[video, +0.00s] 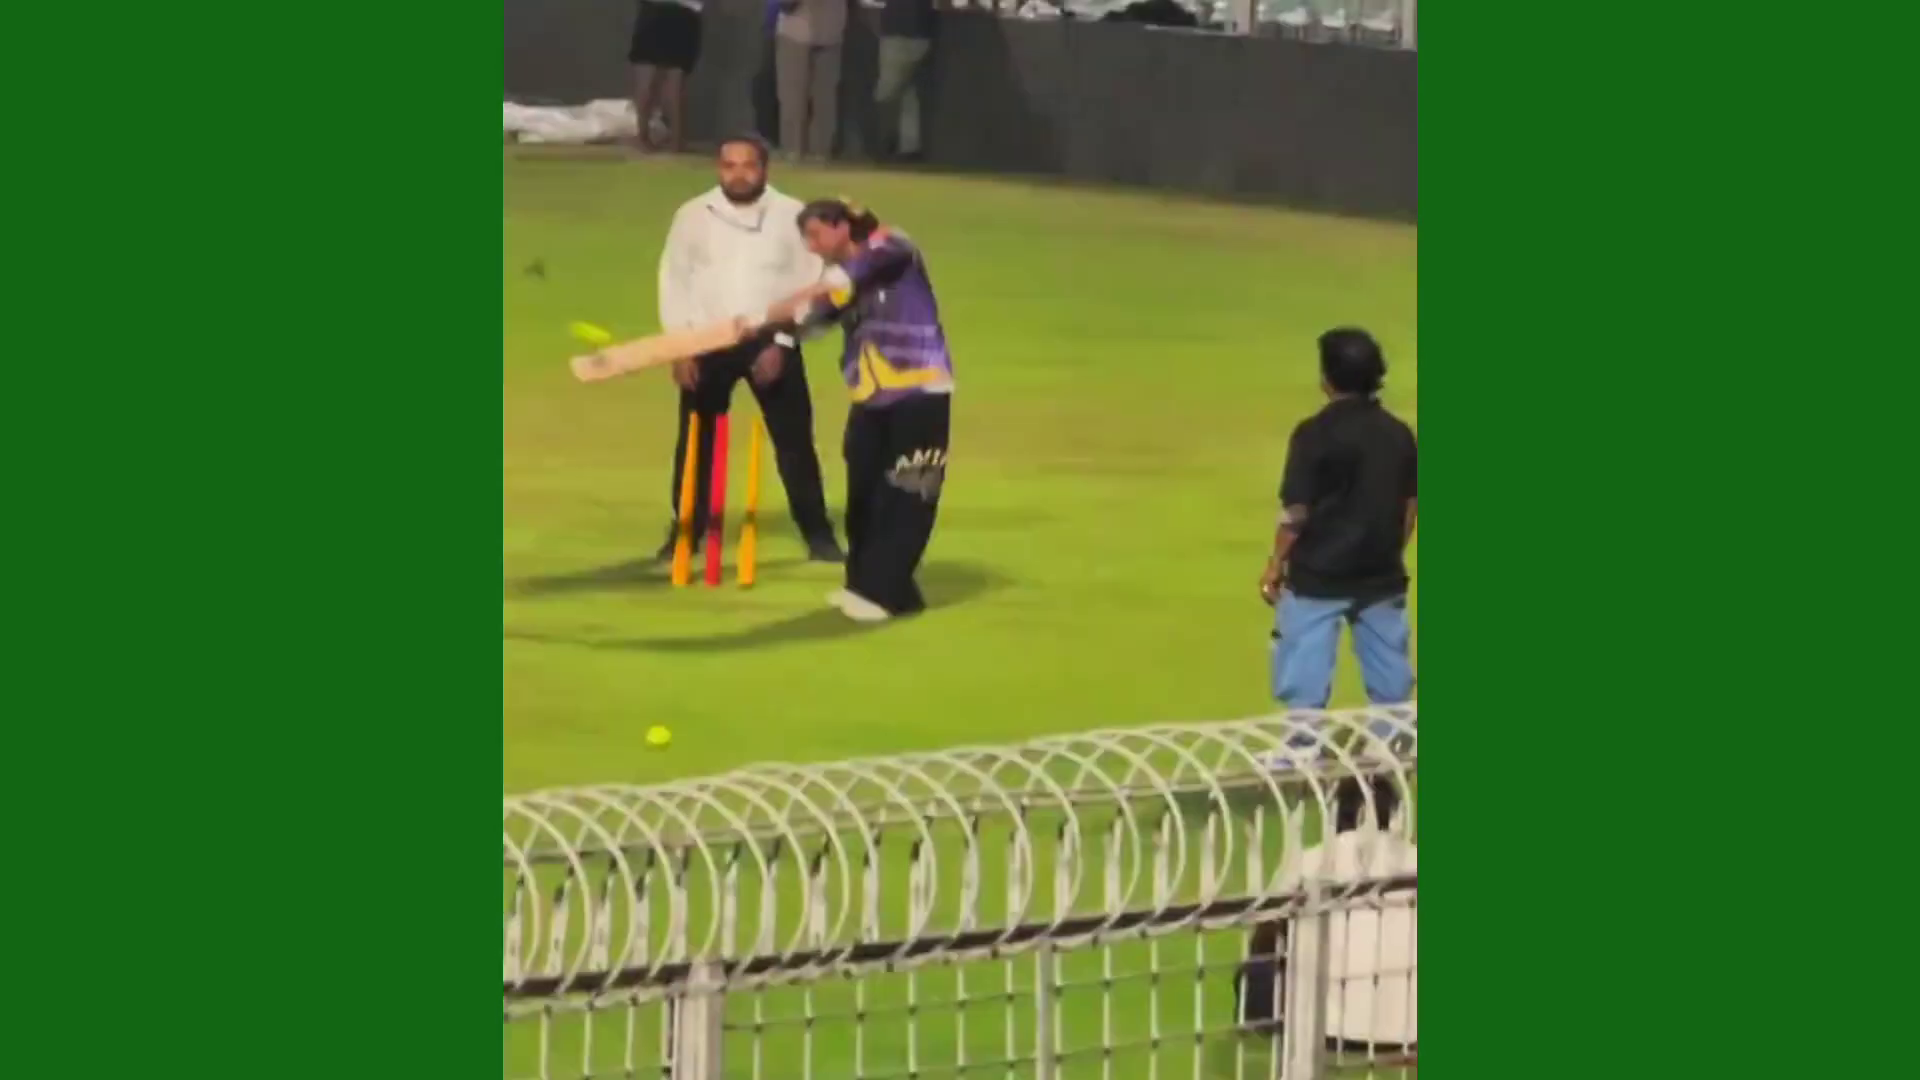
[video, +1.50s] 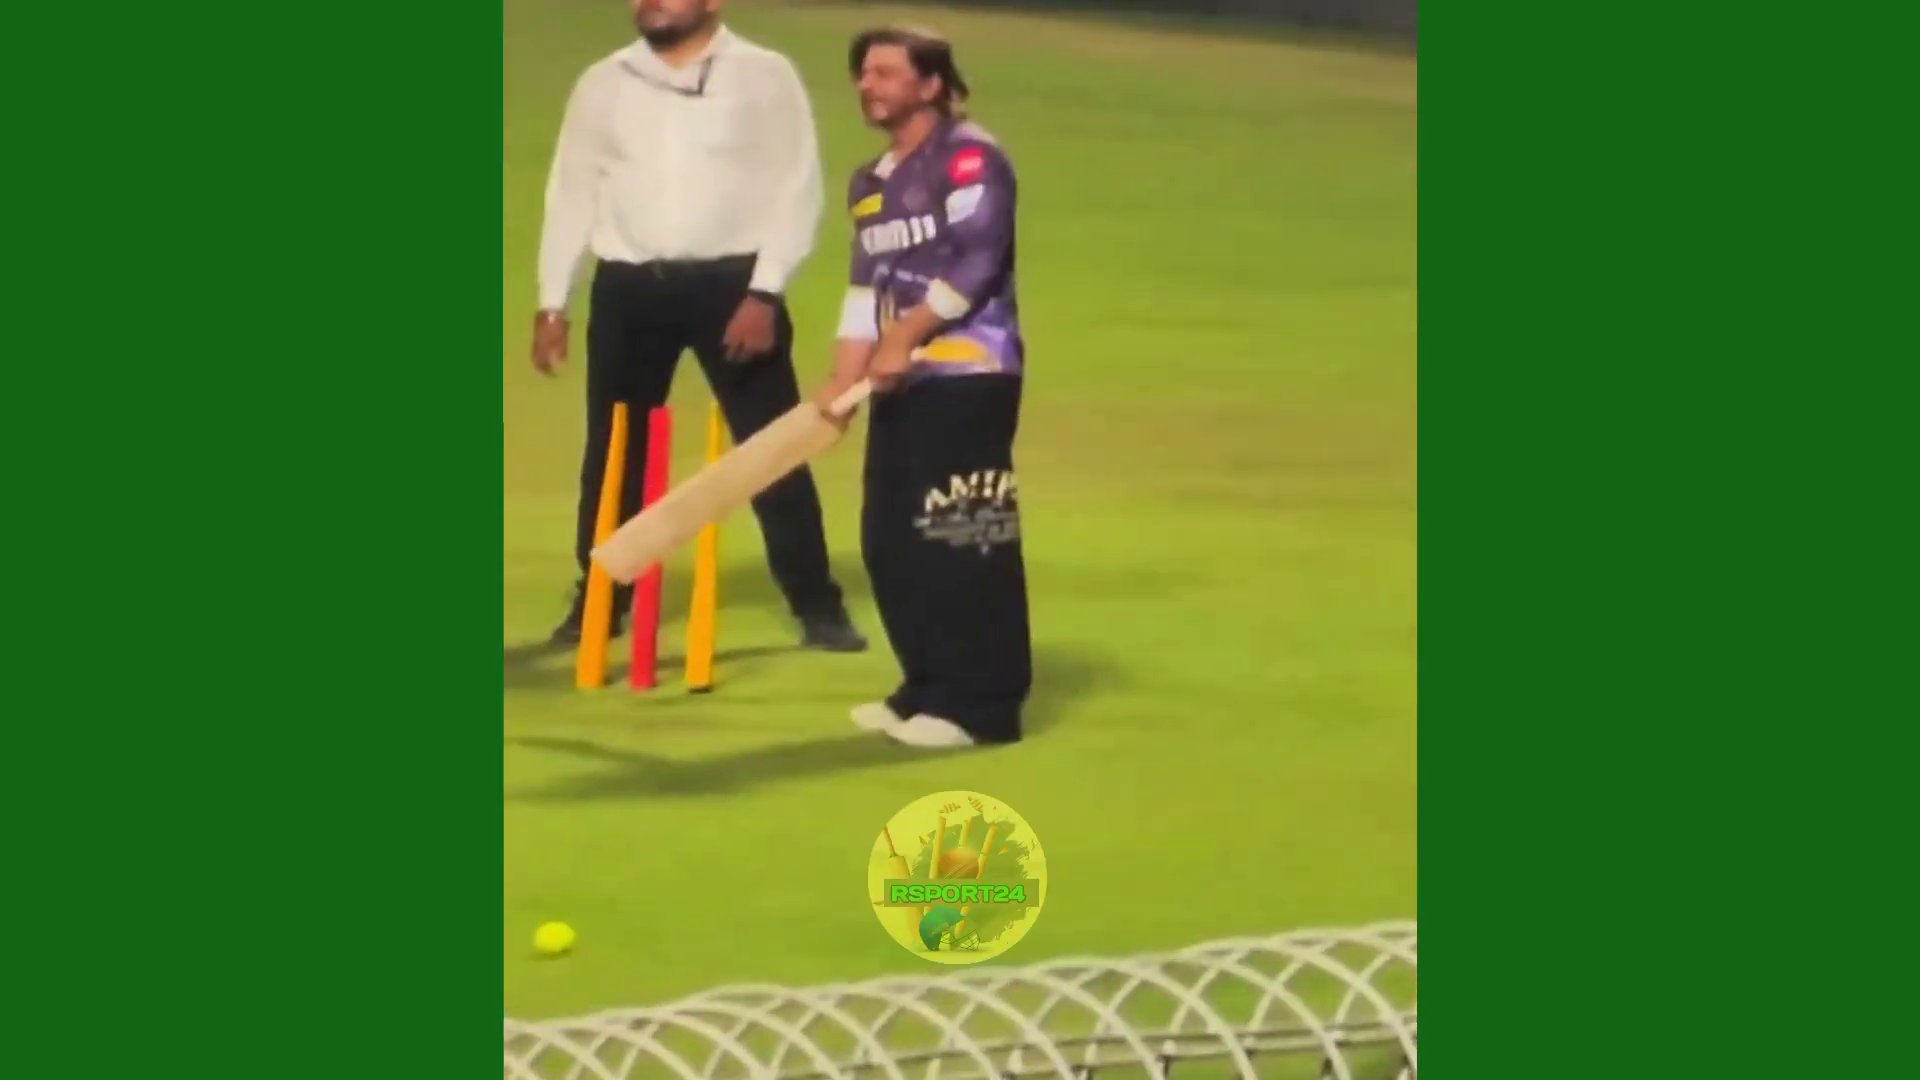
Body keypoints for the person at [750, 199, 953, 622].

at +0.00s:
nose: (815, 250)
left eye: (815, 238)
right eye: (811, 244)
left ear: (837, 225)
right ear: (829, 233)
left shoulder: (892, 245)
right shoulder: (845, 273)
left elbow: (857, 275)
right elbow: (820, 314)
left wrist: (820, 295)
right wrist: (771, 326)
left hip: (919, 396)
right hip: (873, 400)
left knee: (903, 496)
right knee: (865, 492)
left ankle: (885, 591)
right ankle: (867, 583)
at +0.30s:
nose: (795, 77)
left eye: (805, 60)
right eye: (784, 68)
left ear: (845, 60)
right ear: (777, 81)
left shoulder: (930, 115)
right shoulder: (794, 150)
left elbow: (985, 177)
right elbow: (852, 206)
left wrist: (976, 223)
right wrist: (936, 219)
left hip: (934, 342)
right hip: (845, 351)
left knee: (930, 505)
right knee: (840, 499)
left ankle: (914, 668)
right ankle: (837, 643)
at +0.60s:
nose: (871, 98)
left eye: (884, 82)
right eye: (860, 85)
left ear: (925, 81)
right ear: (852, 92)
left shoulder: (1011, 153)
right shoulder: (859, 174)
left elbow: (1042, 253)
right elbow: (892, 266)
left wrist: (994, 319)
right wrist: (964, 321)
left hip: (981, 372)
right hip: (893, 382)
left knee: (968, 536)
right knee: (894, 531)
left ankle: (962, 694)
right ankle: (889, 673)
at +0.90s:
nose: (845, 107)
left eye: (861, 94)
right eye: (839, 96)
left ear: (909, 99)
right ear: (834, 107)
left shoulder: (974, 174)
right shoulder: (828, 190)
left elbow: (1006, 279)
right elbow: (832, 299)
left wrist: (937, 350)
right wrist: (846, 388)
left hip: (962, 388)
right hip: (878, 394)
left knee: (945, 545)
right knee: (858, 538)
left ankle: (941, 714)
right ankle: (878, 692)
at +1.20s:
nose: (852, 97)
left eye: (868, 83)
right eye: (846, 86)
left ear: (916, 92)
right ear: (842, 97)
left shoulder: (962, 167)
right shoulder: (848, 181)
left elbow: (978, 279)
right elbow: (845, 291)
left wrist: (901, 344)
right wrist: (832, 378)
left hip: (961, 381)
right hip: (891, 384)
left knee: (947, 540)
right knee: (872, 538)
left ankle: (957, 710)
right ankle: (899, 691)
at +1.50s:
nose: (868, 86)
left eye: (884, 74)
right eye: (864, 75)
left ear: (931, 84)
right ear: (861, 89)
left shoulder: (974, 159)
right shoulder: (870, 179)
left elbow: (977, 266)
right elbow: (865, 291)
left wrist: (903, 334)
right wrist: (844, 380)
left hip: (970, 380)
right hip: (904, 383)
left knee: (962, 539)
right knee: (889, 537)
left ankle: (981, 706)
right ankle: (926, 686)